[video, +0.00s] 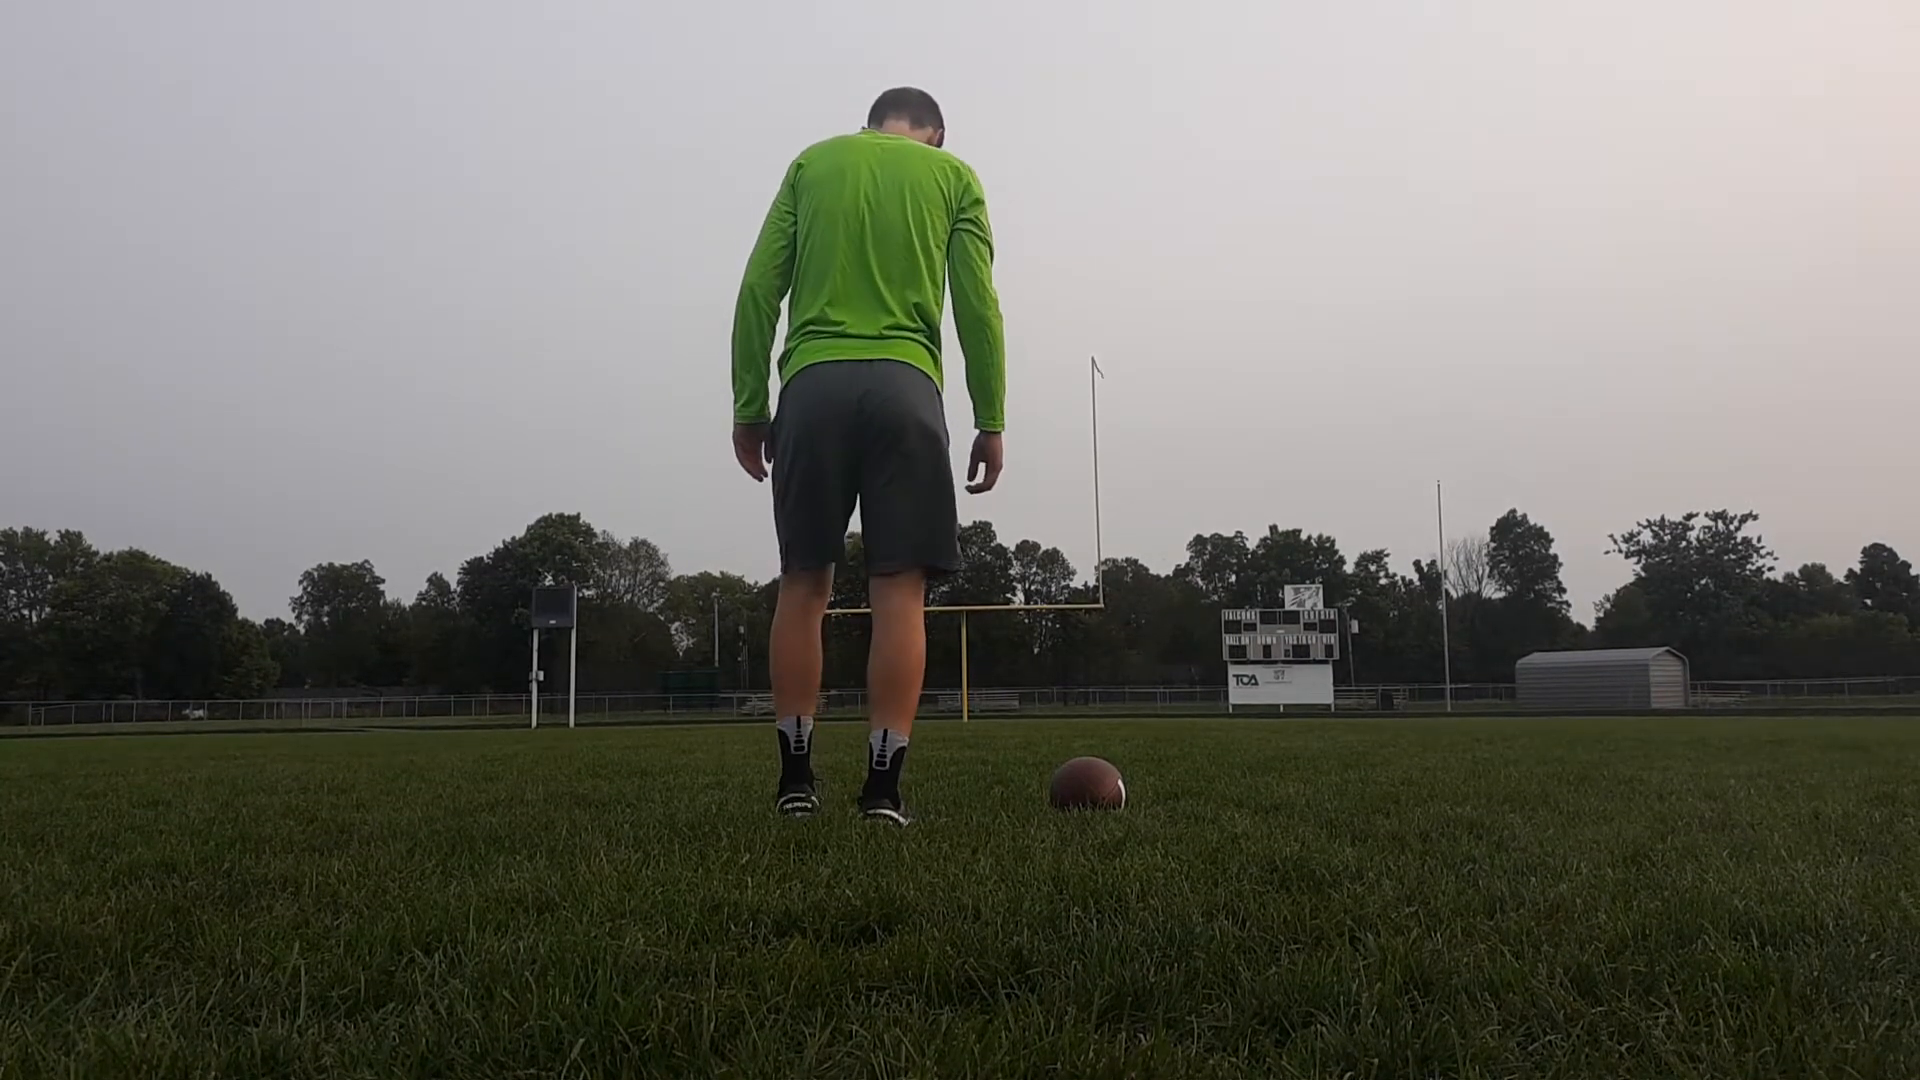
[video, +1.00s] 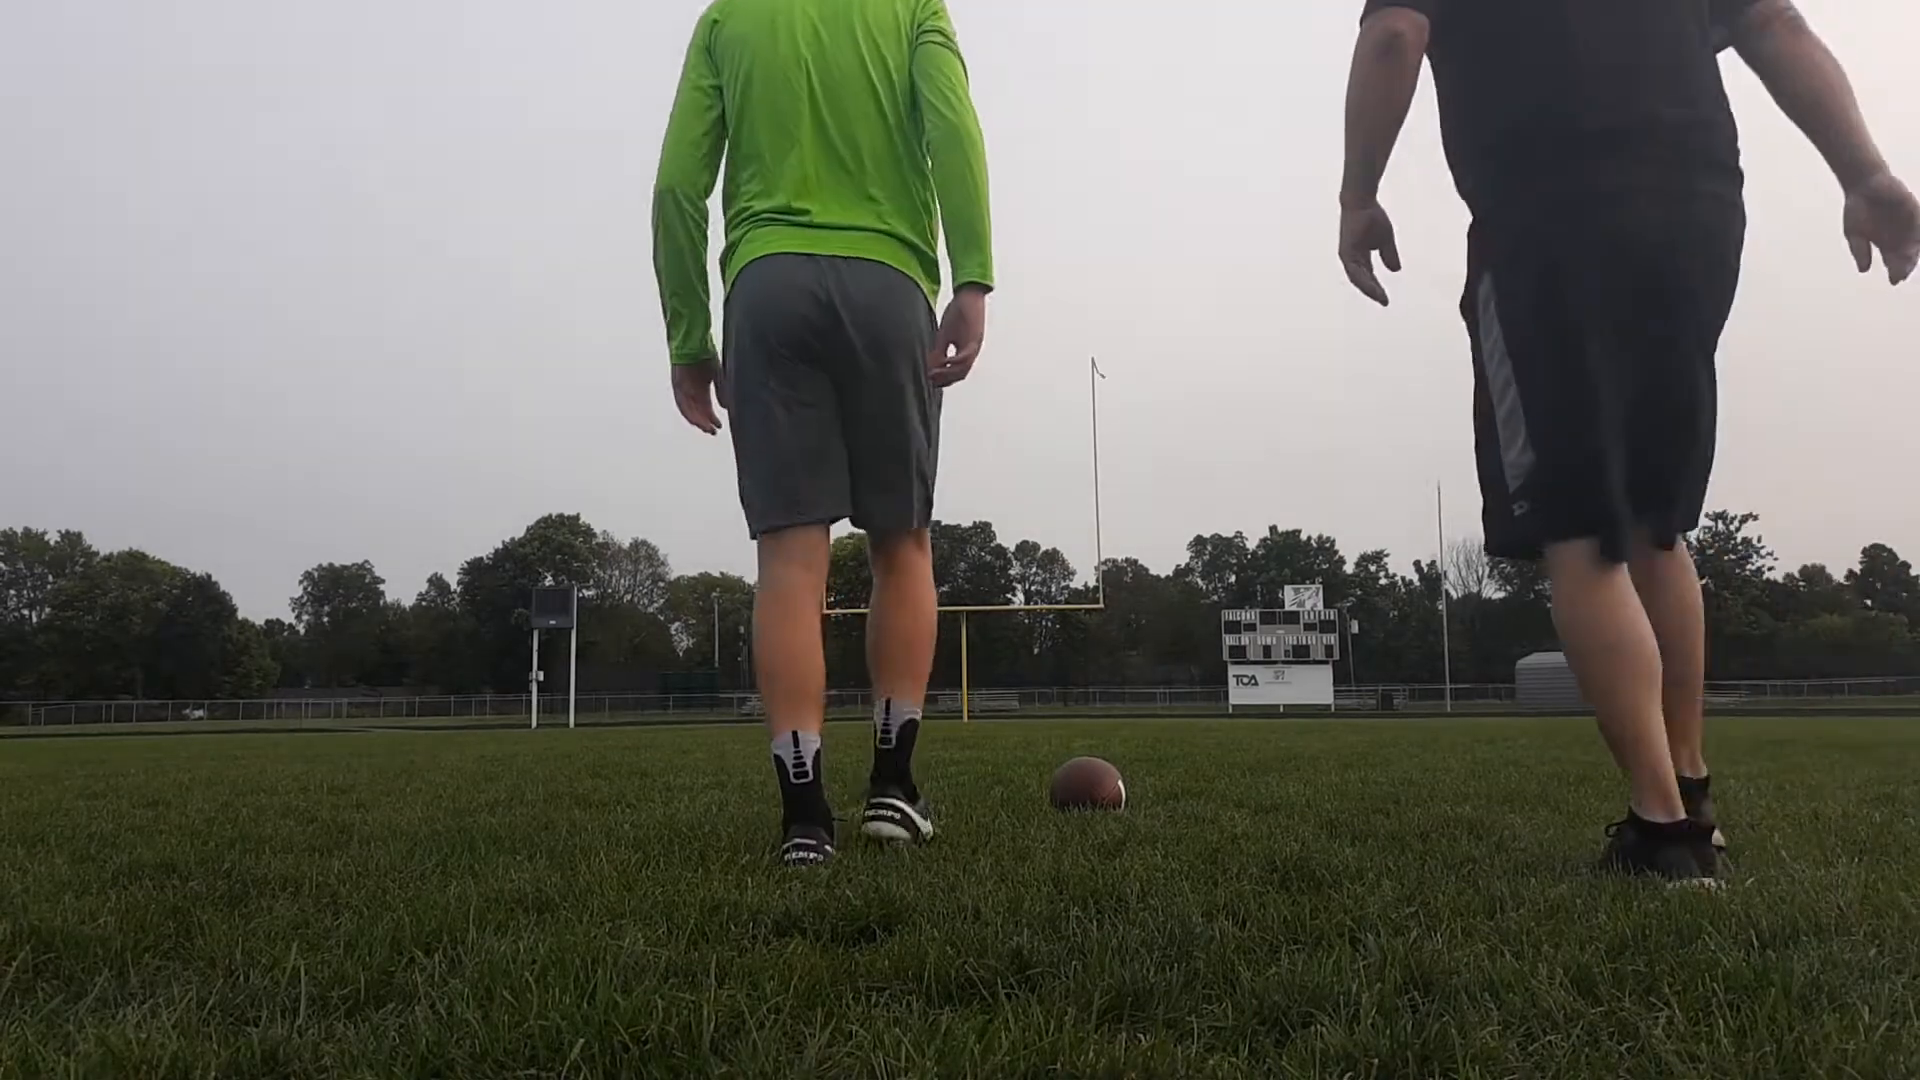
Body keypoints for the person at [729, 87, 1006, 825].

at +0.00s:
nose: (938, 156)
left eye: (933, 146)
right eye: (941, 145)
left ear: (871, 121)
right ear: (932, 132)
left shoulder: (812, 162)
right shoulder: (952, 174)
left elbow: (759, 287)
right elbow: (977, 300)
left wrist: (749, 408)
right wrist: (991, 420)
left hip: (814, 387)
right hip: (907, 390)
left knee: (802, 584)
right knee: (900, 590)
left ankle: (795, 781)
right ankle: (883, 792)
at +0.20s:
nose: (936, 134)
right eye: (938, 123)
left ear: (867, 102)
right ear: (933, 111)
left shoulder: (811, 142)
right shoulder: (955, 161)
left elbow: (757, 270)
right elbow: (983, 288)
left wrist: (747, 398)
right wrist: (1007, 412)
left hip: (812, 379)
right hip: (906, 383)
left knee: (803, 573)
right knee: (901, 587)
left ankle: (799, 690)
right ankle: (883, 793)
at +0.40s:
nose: (920, 107)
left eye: (911, 97)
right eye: (923, 97)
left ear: (850, 82)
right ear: (920, 89)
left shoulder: (796, 131)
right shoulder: (949, 144)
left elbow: (742, 270)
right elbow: (983, 272)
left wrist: (744, 396)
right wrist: (1004, 400)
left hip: (807, 371)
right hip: (905, 377)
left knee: (807, 579)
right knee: (903, 591)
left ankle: (794, 726)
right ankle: (885, 793)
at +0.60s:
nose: (888, 78)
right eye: (893, 66)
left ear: (817, 58)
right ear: (893, 59)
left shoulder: (768, 113)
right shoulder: (934, 118)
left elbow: (712, 263)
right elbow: (980, 250)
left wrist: (733, 386)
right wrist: (995, 380)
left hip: (793, 357)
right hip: (896, 365)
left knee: (801, 584)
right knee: (893, 593)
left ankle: (805, 809)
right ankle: (886, 795)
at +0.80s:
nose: (870, 18)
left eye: (797, 16)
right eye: (873, 12)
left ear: (788, 10)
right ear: (867, 8)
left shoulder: (741, 68)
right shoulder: (920, 64)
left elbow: (694, 238)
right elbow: (962, 191)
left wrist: (711, 371)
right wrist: (975, 333)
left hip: (780, 329)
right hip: (890, 333)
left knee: (796, 571)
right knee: (889, 569)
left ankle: (806, 816)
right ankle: (880, 785)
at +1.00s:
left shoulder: (726, 16)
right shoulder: (915, 11)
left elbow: (676, 184)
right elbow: (952, 122)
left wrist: (688, 339)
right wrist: (972, 281)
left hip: (768, 282)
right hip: (884, 281)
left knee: (790, 553)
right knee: (902, 541)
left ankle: (804, 819)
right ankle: (892, 789)